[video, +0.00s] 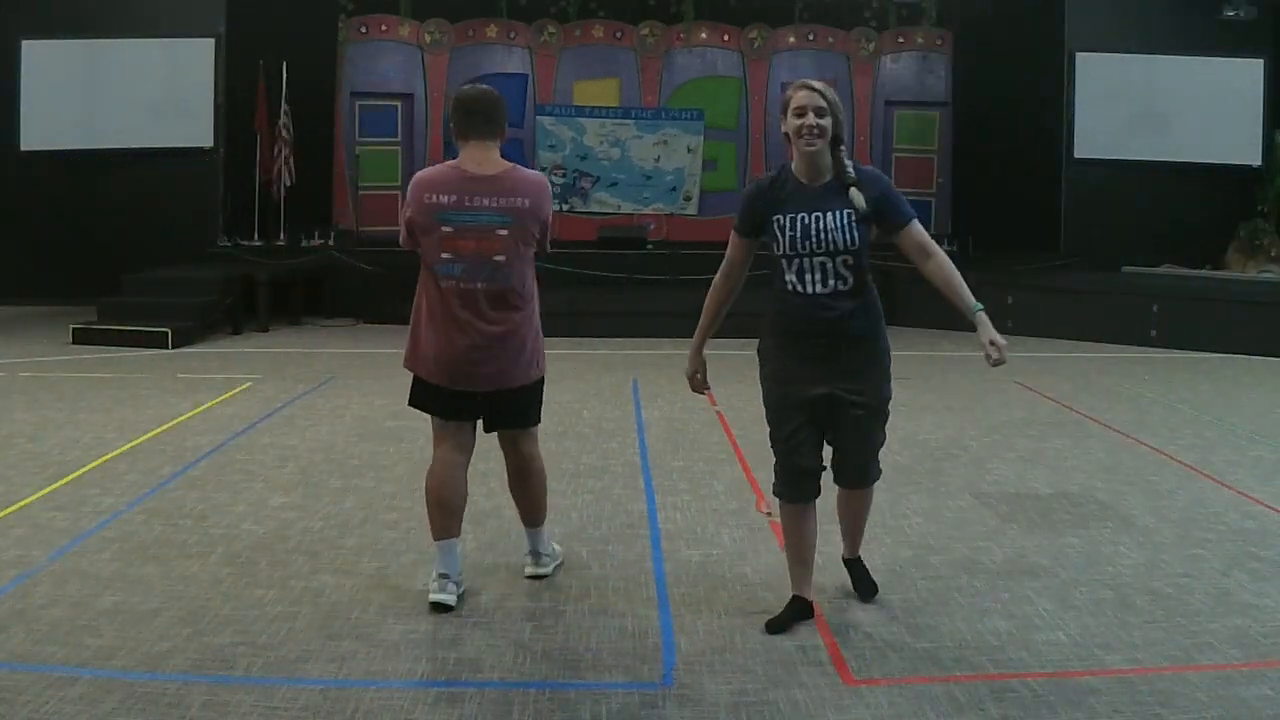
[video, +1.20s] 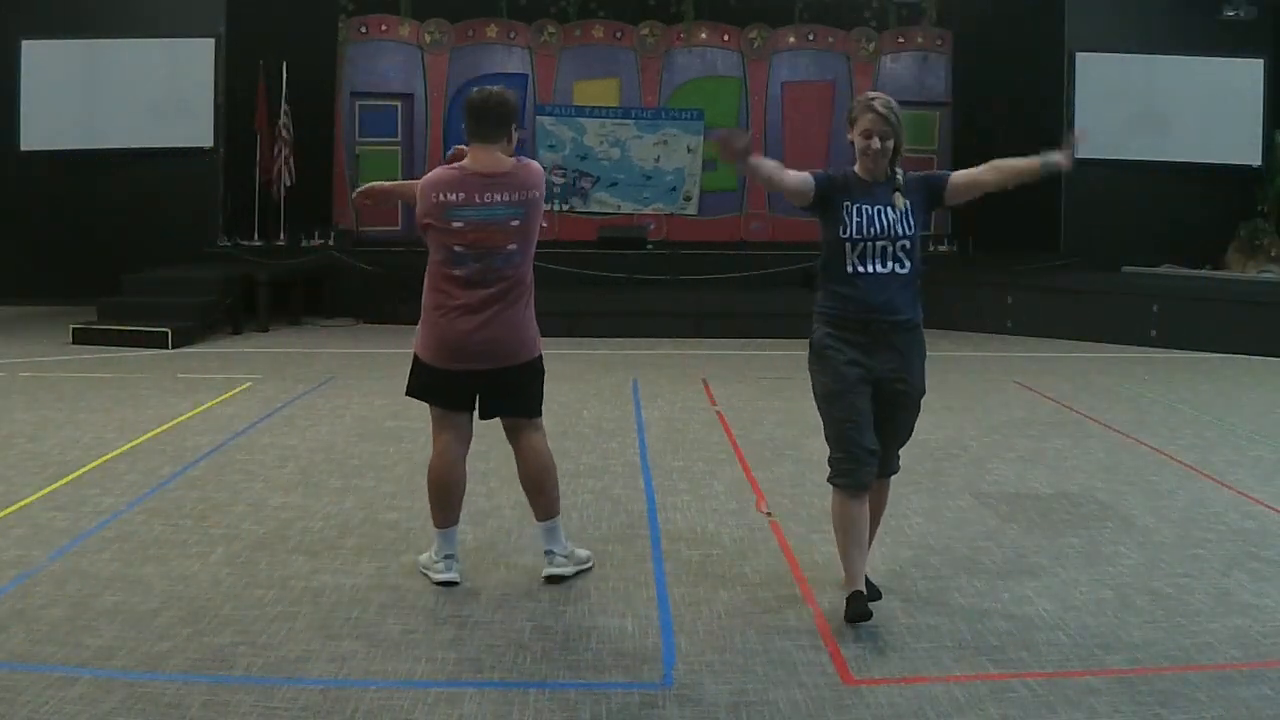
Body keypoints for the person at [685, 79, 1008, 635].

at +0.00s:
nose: (810, 121)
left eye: (820, 113)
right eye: (799, 113)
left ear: (836, 125)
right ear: (784, 127)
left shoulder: (869, 187)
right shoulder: (764, 197)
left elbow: (927, 252)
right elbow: (729, 275)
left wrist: (981, 319)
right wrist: (696, 347)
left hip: (860, 353)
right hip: (789, 355)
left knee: (859, 471)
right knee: (795, 478)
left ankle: (851, 556)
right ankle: (801, 596)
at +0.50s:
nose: (850, 139)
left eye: (860, 131)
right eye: (841, 131)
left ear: (879, 138)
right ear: (830, 139)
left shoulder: (907, 197)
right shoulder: (812, 197)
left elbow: (968, 245)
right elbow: (758, 255)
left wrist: (1025, 295)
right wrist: (702, 313)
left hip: (892, 354)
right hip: (831, 354)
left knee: (877, 467)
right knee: (833, 471)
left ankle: (858, 567)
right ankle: (812, 593)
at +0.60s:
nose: (855, 144)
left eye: (865, 136)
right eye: (848, 136)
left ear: (881, 142)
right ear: (836, 140)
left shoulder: (907, 188)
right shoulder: (818, 190)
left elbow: (973, 192)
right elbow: (765, 203)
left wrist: (1040, 190)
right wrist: (711, 204)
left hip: (899, 351)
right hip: (838, 352)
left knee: (880, 467)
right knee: (835, 472)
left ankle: (857, 567)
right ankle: (813, 592)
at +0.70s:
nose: (862, 142)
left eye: (871, 134)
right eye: (854, 133)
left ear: (887, 141)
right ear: (837, 139)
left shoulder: (910, 187)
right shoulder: (825, 192)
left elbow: (961, 153)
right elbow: (787, 169)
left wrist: (992, 97)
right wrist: (765, 106)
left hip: (901, 347)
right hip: (841, 349)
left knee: (881, 465)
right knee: (836, 470)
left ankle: (857, 567)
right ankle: (815, 591)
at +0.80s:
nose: (867, 140)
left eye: (877, 132)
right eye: (859, 131)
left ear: (891, 141)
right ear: (842, 138)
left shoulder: (908, 188)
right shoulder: (825, 190)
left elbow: (943, 146)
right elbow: (806, 144)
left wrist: (923, 82)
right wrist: (841, 63)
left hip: (903, 347)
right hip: (844, 348)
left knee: (882, 464)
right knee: (837, 469)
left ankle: (858, 567)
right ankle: (815, 591)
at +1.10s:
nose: (872, 144)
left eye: (881, 137)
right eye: (864, 135)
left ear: (895, 142)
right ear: (848, 138)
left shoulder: (914, 186)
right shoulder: (832, 188)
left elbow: (965, 158)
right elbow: (806, 175)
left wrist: (1005, 119)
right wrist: (797, 128)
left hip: (900, 341)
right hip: (840, 339)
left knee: (881, 462)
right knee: (851, 459)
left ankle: (858, 567)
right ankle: (848, 585)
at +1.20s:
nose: (870, 144)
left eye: (880, 136)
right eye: (863, 135)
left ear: (896, 141)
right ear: (849, 138)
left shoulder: (919, 190)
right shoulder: (834, 188)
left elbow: (985, 176)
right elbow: (786, 179)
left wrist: (1048, 161)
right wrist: (748, 158)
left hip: (901, 345)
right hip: (841, 344)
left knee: (882, 466)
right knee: (853, 464)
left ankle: (857, 569)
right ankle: (854, 588)